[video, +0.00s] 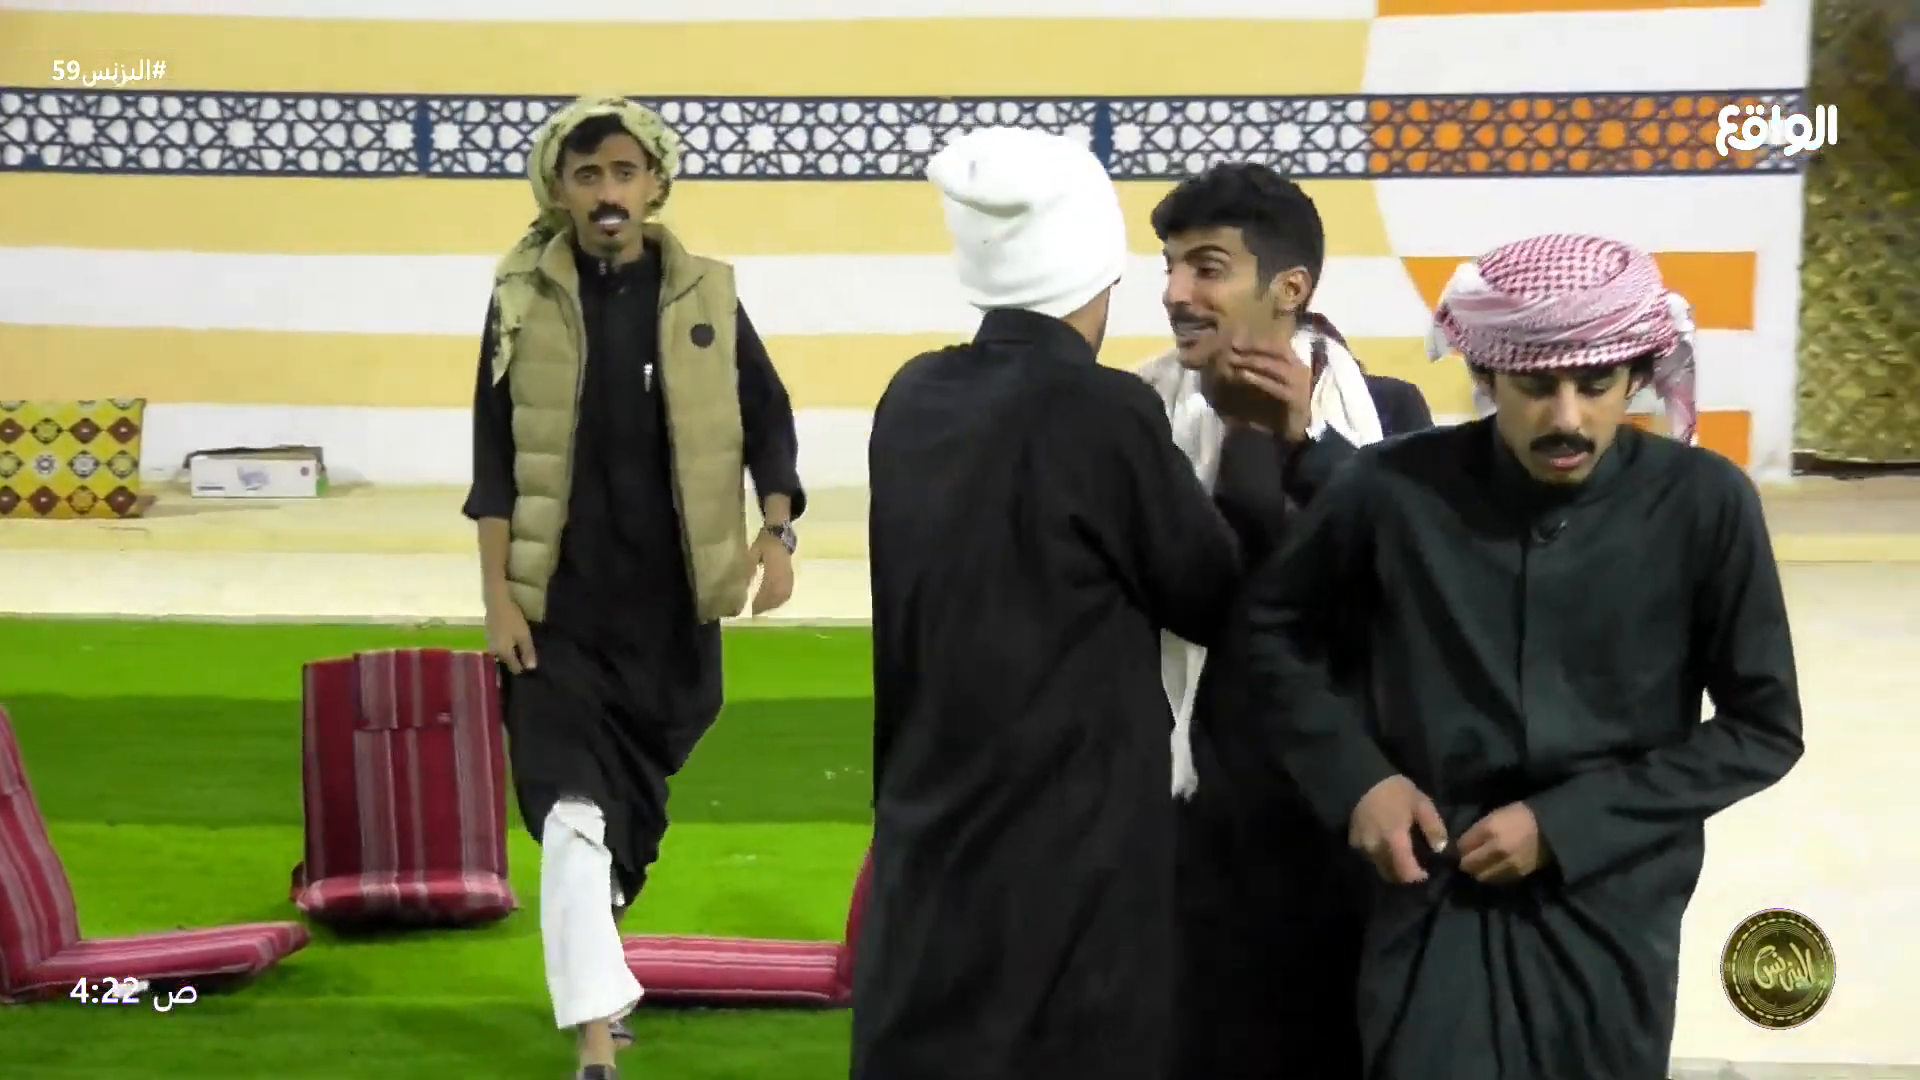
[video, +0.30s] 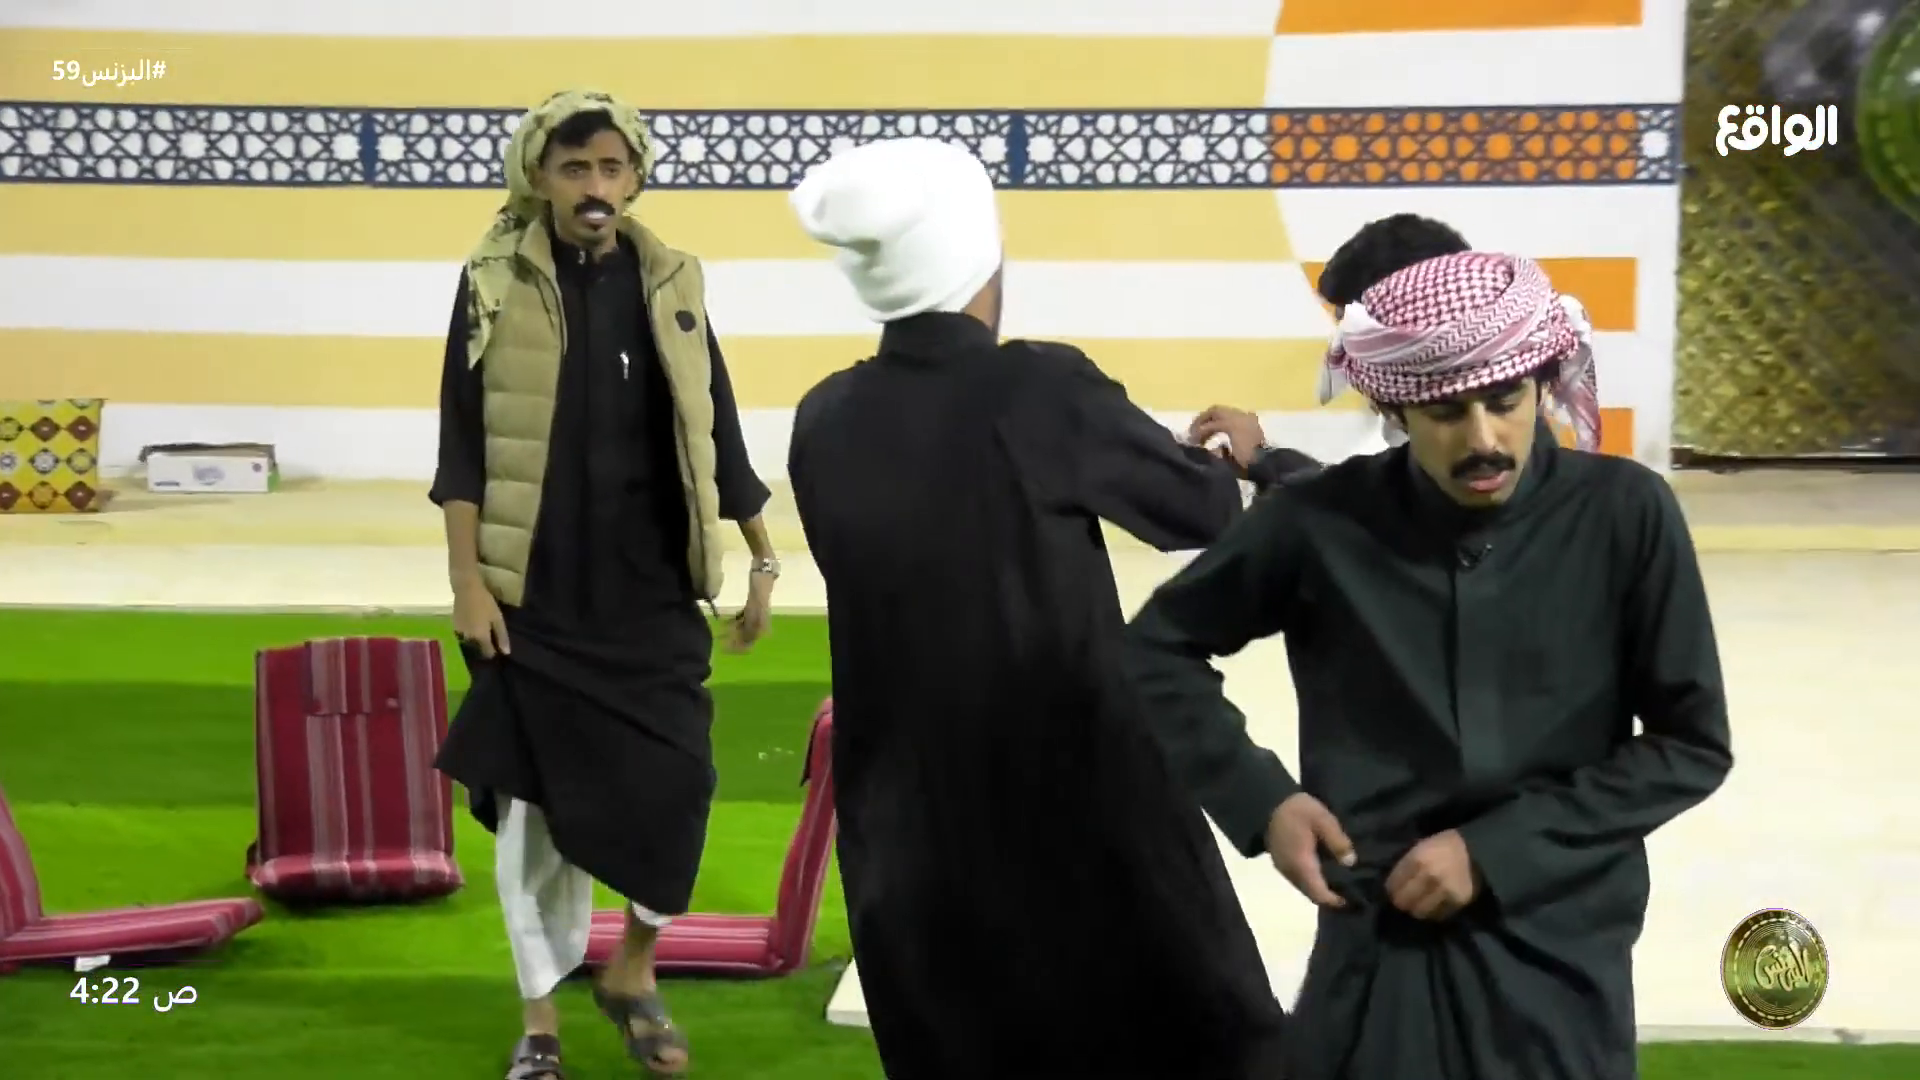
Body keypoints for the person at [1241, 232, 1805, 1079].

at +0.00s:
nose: (1567, 419)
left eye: (1594, 386)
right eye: (1536, 386)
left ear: (1634, 382)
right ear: (1487, 381)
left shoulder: (1705, 502)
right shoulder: (1389, 489)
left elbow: (1765, 728)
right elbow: (1267, 635)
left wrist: (1561, 823)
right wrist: (1359, 782)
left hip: (1611, 925)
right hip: (1428, 912)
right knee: (1429, 1061)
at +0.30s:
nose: (1483, 441)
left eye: (1505, 400)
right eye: (1444, 410)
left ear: (1541, 385)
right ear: (1394, 408)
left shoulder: (1627, 512)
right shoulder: (1312, 522)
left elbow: (1693, 744)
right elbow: (1154, 650)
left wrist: (1488, 850)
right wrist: (1264, 802)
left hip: (1559, 978)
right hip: (1372, 971)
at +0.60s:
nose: (1490, 451)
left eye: (1517, 417)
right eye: (1458, 417)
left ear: (1551, 420)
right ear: (1400, 415)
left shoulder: (1610, 540)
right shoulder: (1290, 534)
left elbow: (1651, 786)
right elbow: (1111, 639)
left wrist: (1443, 886)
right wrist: (1222, 823)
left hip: (1531, 1015)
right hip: (1335, 1011)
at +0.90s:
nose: (1534, 456)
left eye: (1566, 426)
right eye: (1505, 415)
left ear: (1592, 441)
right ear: (1437, 414)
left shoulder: (1638, 570)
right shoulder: (1308, 548)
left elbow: (1673, 816)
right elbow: (1129, 674)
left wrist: (1448, 897)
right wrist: (1232, 852)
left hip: (1545, 1032)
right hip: (1350, 1028)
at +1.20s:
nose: (1492, 492)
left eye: (1521, 454)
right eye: (1456, 460)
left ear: (1563, 454)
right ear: (1404, 467)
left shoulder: (1653, 586)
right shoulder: (1315, 594)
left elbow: (1718, 837)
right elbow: (1171, 717)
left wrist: (1479, 912)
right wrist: (1258, 893)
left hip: (1562, 1046)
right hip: (1356, 1043)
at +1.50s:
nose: (1477, 580)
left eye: (1499, 531)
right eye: (1433, 550)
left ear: (1555, 514)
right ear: (1387, 555)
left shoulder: (1682, 632)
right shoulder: (1321, 677)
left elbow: (1754, 899)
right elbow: (1185, 812)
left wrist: (1521, 1024)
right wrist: (1309, 994)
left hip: (1621, 1058)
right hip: (1380, 1062)